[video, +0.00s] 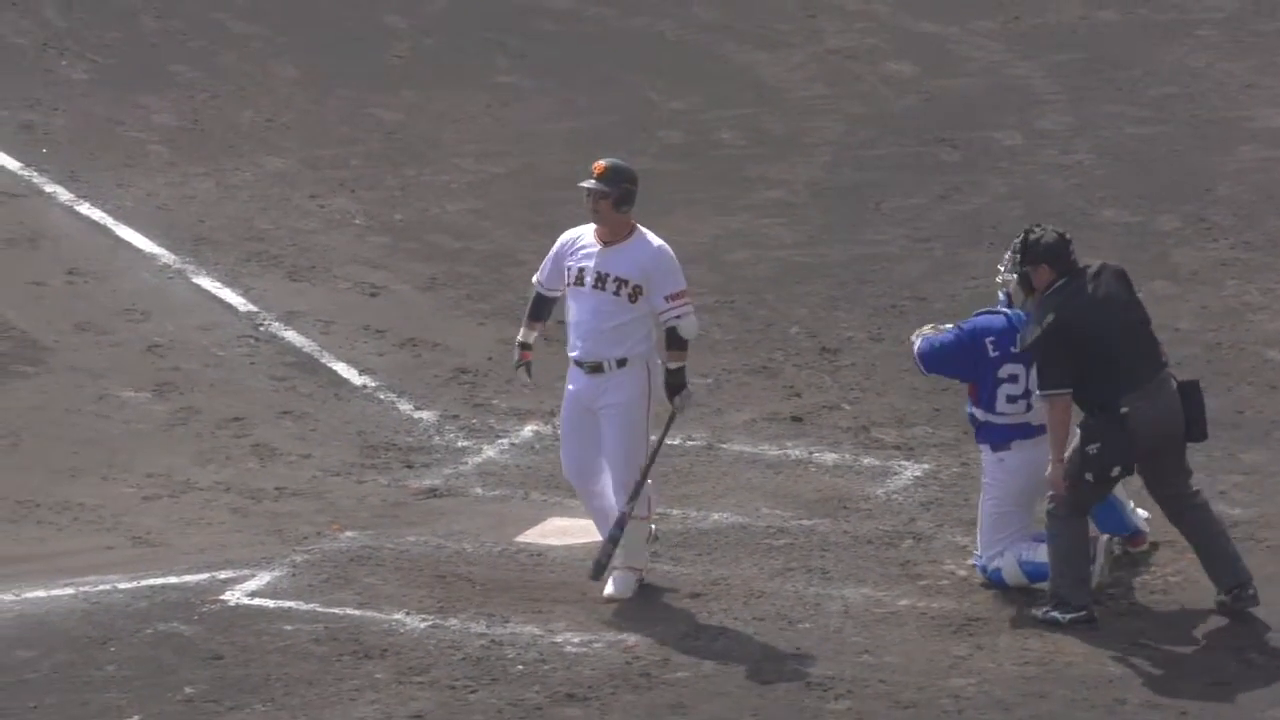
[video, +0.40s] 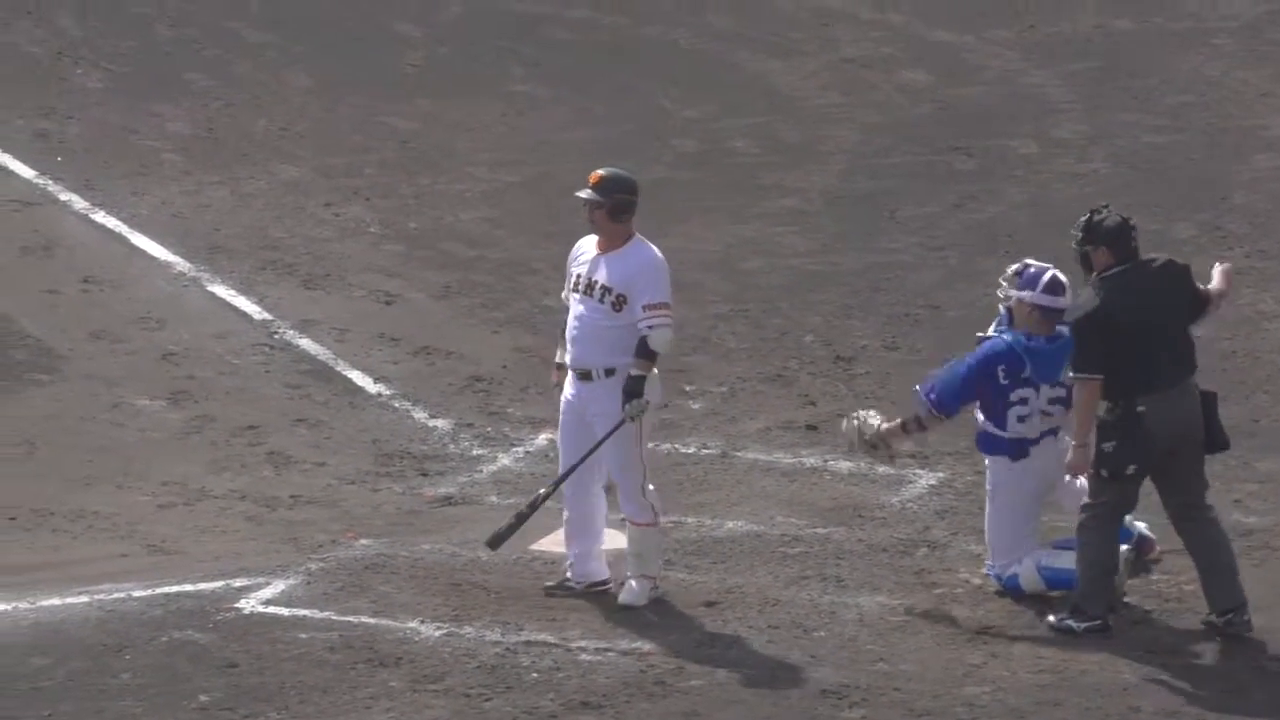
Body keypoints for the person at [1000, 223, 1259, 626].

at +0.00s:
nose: (1026, 277)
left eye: (1028, 269)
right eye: (1025, 269)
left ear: (1044, 270)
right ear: (1065, 261)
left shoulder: (1052, 321)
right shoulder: (1111, 277)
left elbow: (1059, 402)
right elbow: (1144, 342)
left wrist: (1057, 461)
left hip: (1119, 419)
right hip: (1165, 397)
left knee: (1066, 502)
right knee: (1179, 493)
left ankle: (1071, 603)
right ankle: (1238, 586)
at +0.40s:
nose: (1086, 260)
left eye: (1087, 251)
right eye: (1086, 251)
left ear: (1100, 253)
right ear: (1131, 244)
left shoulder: (1094, 308)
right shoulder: (1169, 273)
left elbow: (1088, 384)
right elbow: (1201, 303)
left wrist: (1079, 444)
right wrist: (1220, 285)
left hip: (1131, 418)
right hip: (1184, 407)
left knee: (1100, 513)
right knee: (1192, 508)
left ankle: (1090, 610)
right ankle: (1231, 609)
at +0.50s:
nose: (1107, 255)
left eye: (1109, 248)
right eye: (1108, 247)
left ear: (1122, 252)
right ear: (1150, 244)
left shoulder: (1113, 306)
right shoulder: (1188, 270)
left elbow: (1103, 383)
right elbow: (1226, 278)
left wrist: (1089, 440)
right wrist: (1227, 234)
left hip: (1144, 417)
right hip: (1197, 406)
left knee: (1114, 513)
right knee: (1203, 509)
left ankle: (1095, 611)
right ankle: (1236, 612)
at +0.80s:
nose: (1165, 238)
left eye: (1170, 232)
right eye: (1167, 231)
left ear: (1185, 238)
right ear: (1209, 236)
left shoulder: (1172, 292)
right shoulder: (1241, 261)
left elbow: (1162, 369)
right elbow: (1244, 245)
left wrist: (1142, 422)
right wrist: (1236, 228)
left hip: (1190, 407)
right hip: (1239, 395)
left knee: (1152, 500)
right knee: (1230, 497)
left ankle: (1115, 593)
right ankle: (1244, 601)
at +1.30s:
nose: (1205, 223)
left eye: (1210, 217)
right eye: (1206, 215)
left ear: (1231, 222)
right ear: (1249, 218)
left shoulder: (1221, 267)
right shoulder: (1269, 245)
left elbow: (1223, 347)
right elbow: (1249, 219)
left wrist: (1209, 414)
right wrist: (1235, 177)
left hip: (1236, 393)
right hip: (1271, 386)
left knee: (1185, 481)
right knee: (1253, 480)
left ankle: (1183, 585)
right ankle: (1254, 583)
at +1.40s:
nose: (1209, 220)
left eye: (1215, 213)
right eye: (1210, 212)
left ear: (1234, 218)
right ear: (1254, 215)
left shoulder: (1227, 266)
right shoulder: (1272, 248)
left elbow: (1227, 346)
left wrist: (1216, 411)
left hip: (1240, 396)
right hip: (1272, 393)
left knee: (1192, 482)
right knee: (1256, 480)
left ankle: (1219, 582)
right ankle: (1257, 583)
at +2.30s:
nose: (1182, 206)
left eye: (1189, 199)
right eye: (1183, 197)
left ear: (1212, 204)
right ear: (1227, 201)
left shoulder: (1208, 251)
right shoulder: (1262, 231)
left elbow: (1209, 328)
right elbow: (1264, 306)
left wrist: (1186, 389)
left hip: (1220, 369)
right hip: (1258, 360)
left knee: (1209, 475)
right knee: (1242, 462)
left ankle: (1206, 578)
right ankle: (1259, 555)